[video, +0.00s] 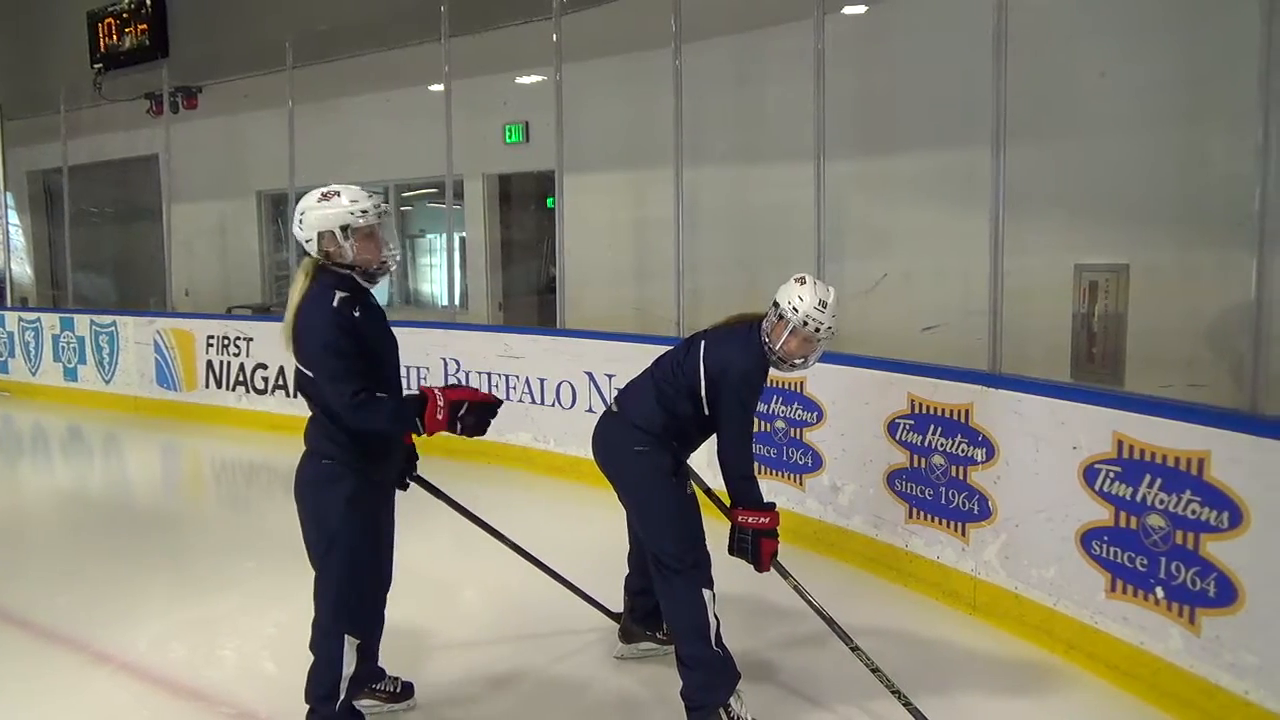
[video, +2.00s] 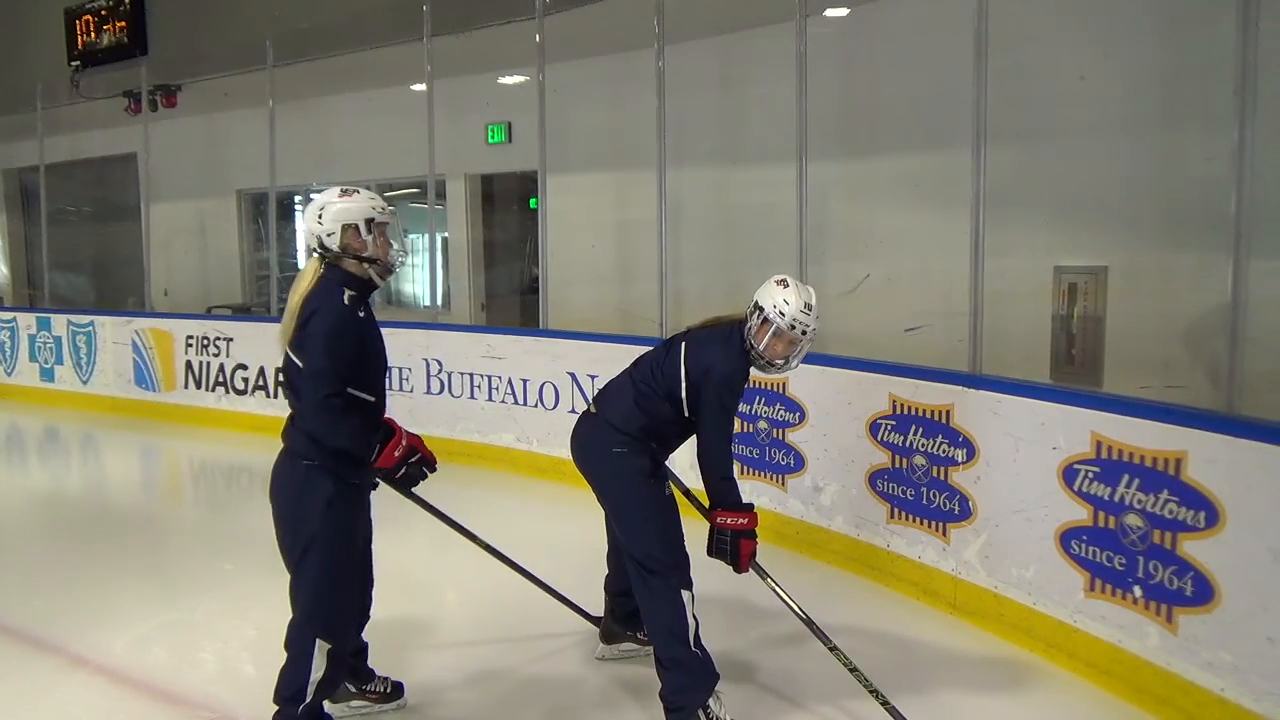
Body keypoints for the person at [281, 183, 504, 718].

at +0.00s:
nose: (380, 244)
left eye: (378, 233)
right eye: (367, 236)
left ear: (351, 243)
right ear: (334, 245)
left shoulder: (354, 298)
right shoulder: (326, 307)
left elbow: (367, 389)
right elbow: (347, 403)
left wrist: (393, 452)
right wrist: (426, 409)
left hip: (367, 470)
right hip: (338, 475)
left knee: (372, 582)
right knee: (340, 596)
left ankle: (362, 675)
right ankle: (327, 704)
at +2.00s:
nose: (387, 242)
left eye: (385, 230)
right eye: (375, 231)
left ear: (356, 240)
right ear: (344, 239)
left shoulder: (348, 298)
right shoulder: (331, 304)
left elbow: (349, 392)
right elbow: (319, 401)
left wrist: (392, 438)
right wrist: (382, 451)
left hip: (341, 470)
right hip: (316, 475)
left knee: (351, 580)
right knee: (320, 593)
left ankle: (345, 675)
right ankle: (297, 706)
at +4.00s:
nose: (359, 249)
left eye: (368, 236)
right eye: (346, 239)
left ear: (383, 241)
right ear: (325, 248)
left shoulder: (383, 305)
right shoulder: (312, 319)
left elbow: (399, 389)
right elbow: (323, 411)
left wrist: (428, 432)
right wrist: (394, 430)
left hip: (385, 468)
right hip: (336, 474)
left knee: (386, 577)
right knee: (344, 597)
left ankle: (373, 669)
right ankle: (320, 707)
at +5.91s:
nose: (407, 241)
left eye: (404, 230)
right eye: (395, 231)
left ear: (370, 239)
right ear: (363, 236)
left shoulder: (361, 295)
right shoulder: (359, 304)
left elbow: (359, 392)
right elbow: (406, 394)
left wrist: (404, 450)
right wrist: (473, 399)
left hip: (375, 468)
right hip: (351, 472)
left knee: (388, 579)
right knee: (352, 594)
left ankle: (375, 672)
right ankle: (325, 705)